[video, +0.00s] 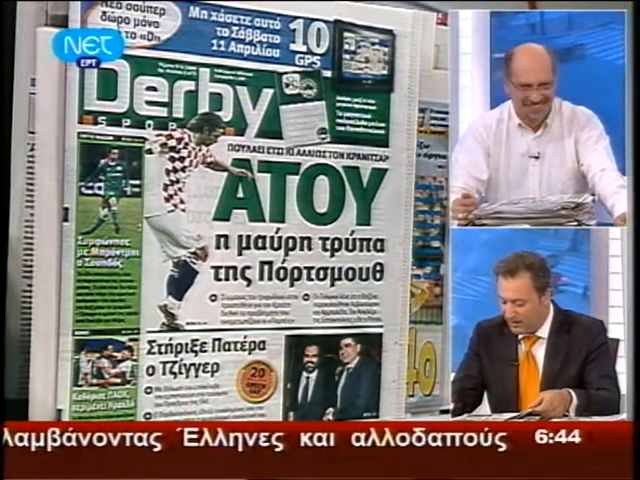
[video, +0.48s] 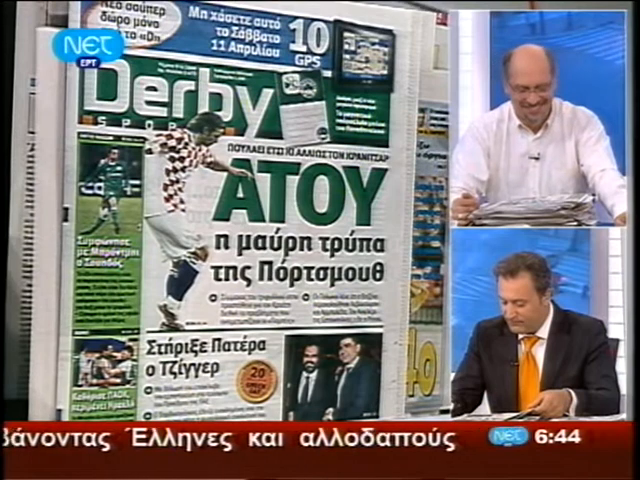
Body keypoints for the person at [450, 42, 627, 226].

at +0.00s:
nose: (535, 97)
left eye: (544, 86)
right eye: (525, 87)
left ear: (555, 81)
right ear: (507, 85)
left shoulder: (582, 123)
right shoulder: (484, 130)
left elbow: (605, 173)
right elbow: (463, 188)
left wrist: (625, 211)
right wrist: (462, 207)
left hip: (568, 244)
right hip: (500, 245)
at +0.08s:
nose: (534, 97)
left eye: (543, 86)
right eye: (524, 87)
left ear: (555, 81)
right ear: (507, 85)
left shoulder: (582, 122)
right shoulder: (484, 130)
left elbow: (605, 173)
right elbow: (463, 188)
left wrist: (625, 211)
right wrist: (462, 207)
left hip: (569, 244)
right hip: (501, 244)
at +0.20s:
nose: (534, 97)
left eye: (543, 86)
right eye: (524, 87)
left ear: (554, 81)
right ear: (508, 85)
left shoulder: (582, 122)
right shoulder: (485, 128)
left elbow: (605, 173)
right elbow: (462, 187)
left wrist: (624, 211)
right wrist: (462, 207)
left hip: (569, 243)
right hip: (501, 244)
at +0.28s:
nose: (533, 98)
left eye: (542, 87)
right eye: (523, 88)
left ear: (554, 81)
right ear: (507, 85)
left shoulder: (582, 122)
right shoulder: (485, 129)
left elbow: (605, 173)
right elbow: (462, 188)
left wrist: (624, 211)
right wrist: (462, 208)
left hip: (569, 244)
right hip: (501, 244)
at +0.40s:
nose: (533, 99)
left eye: (542, 88)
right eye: (523, 89)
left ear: (554, 82)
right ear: (507, 86)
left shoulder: (582, 123)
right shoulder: (485, 129)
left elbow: (605, 173)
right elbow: (462, 188)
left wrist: (624, 211)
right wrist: (462, 208)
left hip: (569, 244)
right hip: (501, 245)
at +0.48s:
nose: (532, 99)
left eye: (541, 89)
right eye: (522, 90)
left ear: (554, 82)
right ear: (507, 86)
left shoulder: (582, 123)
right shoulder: (485, 129)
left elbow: (605, 173)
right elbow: (462, 188)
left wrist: (624, 211)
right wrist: (462, 208)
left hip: (569, 244)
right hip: (501, 245)